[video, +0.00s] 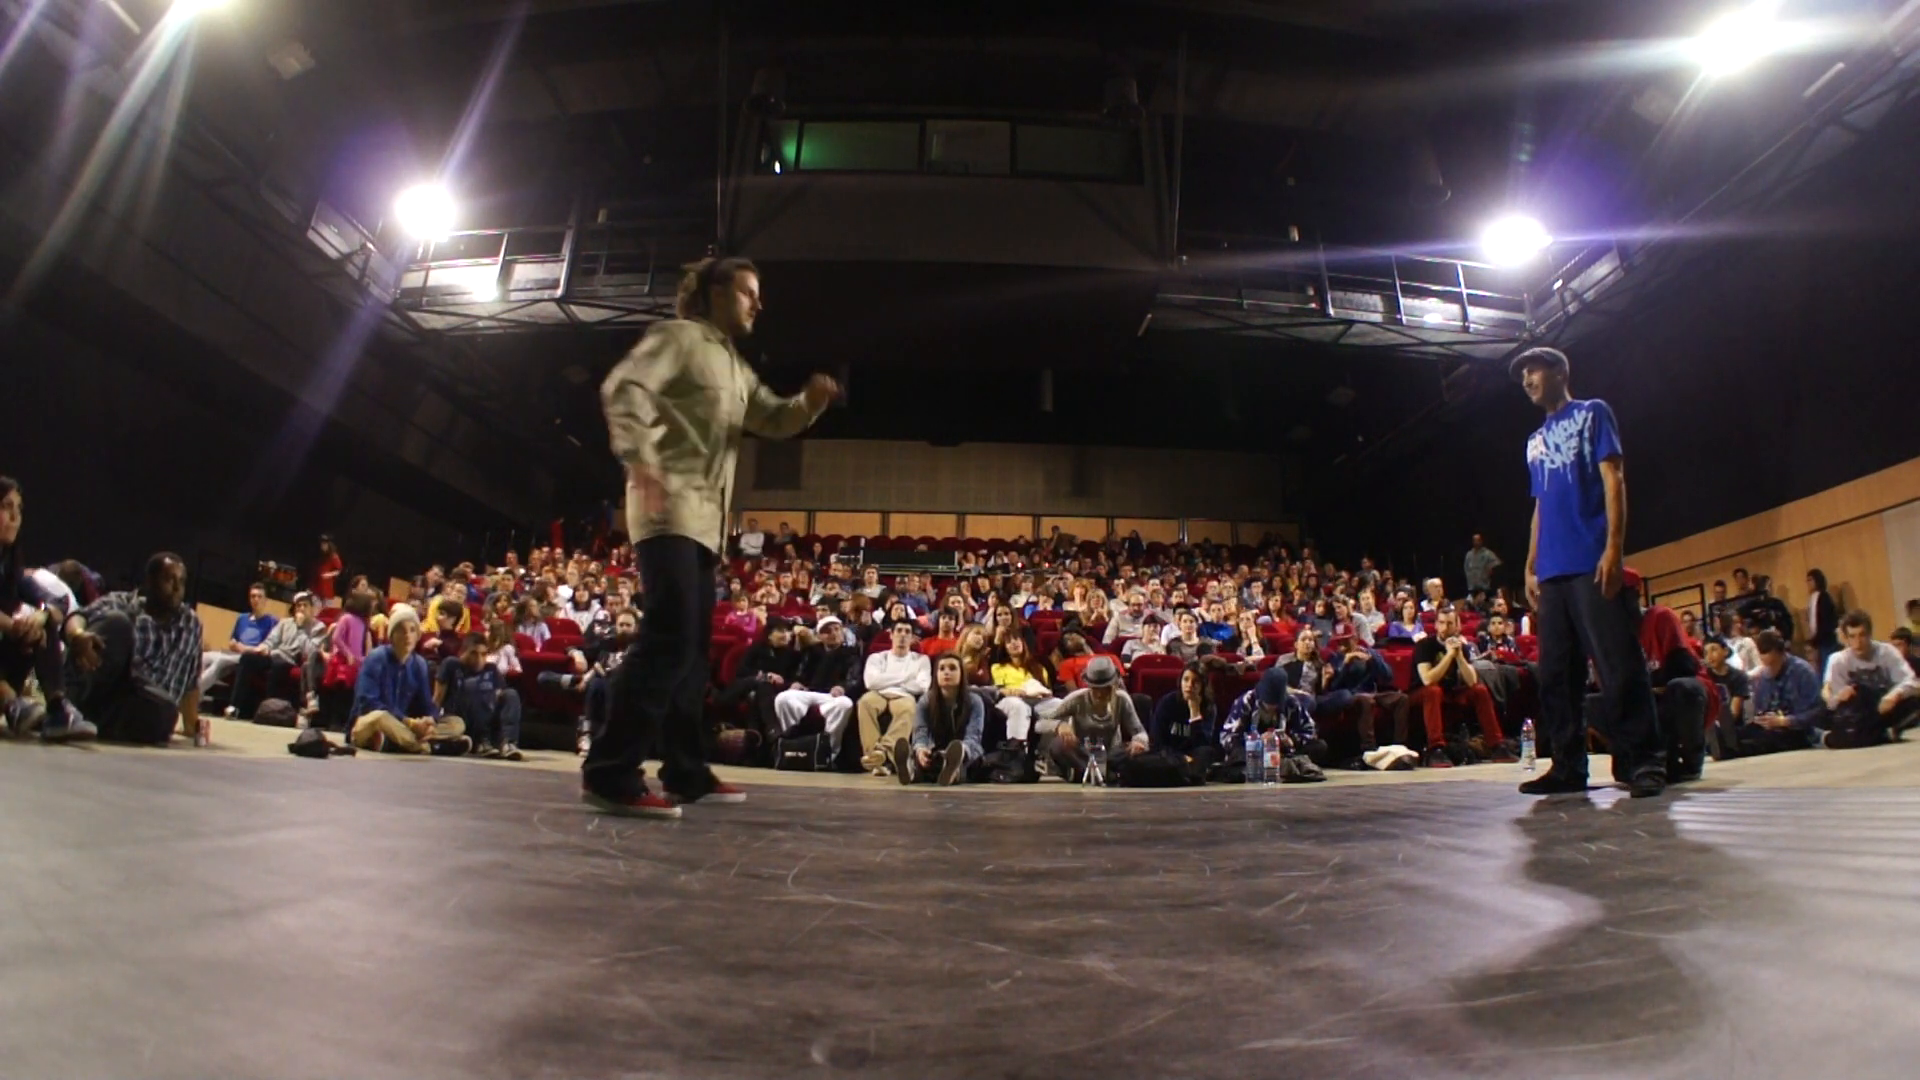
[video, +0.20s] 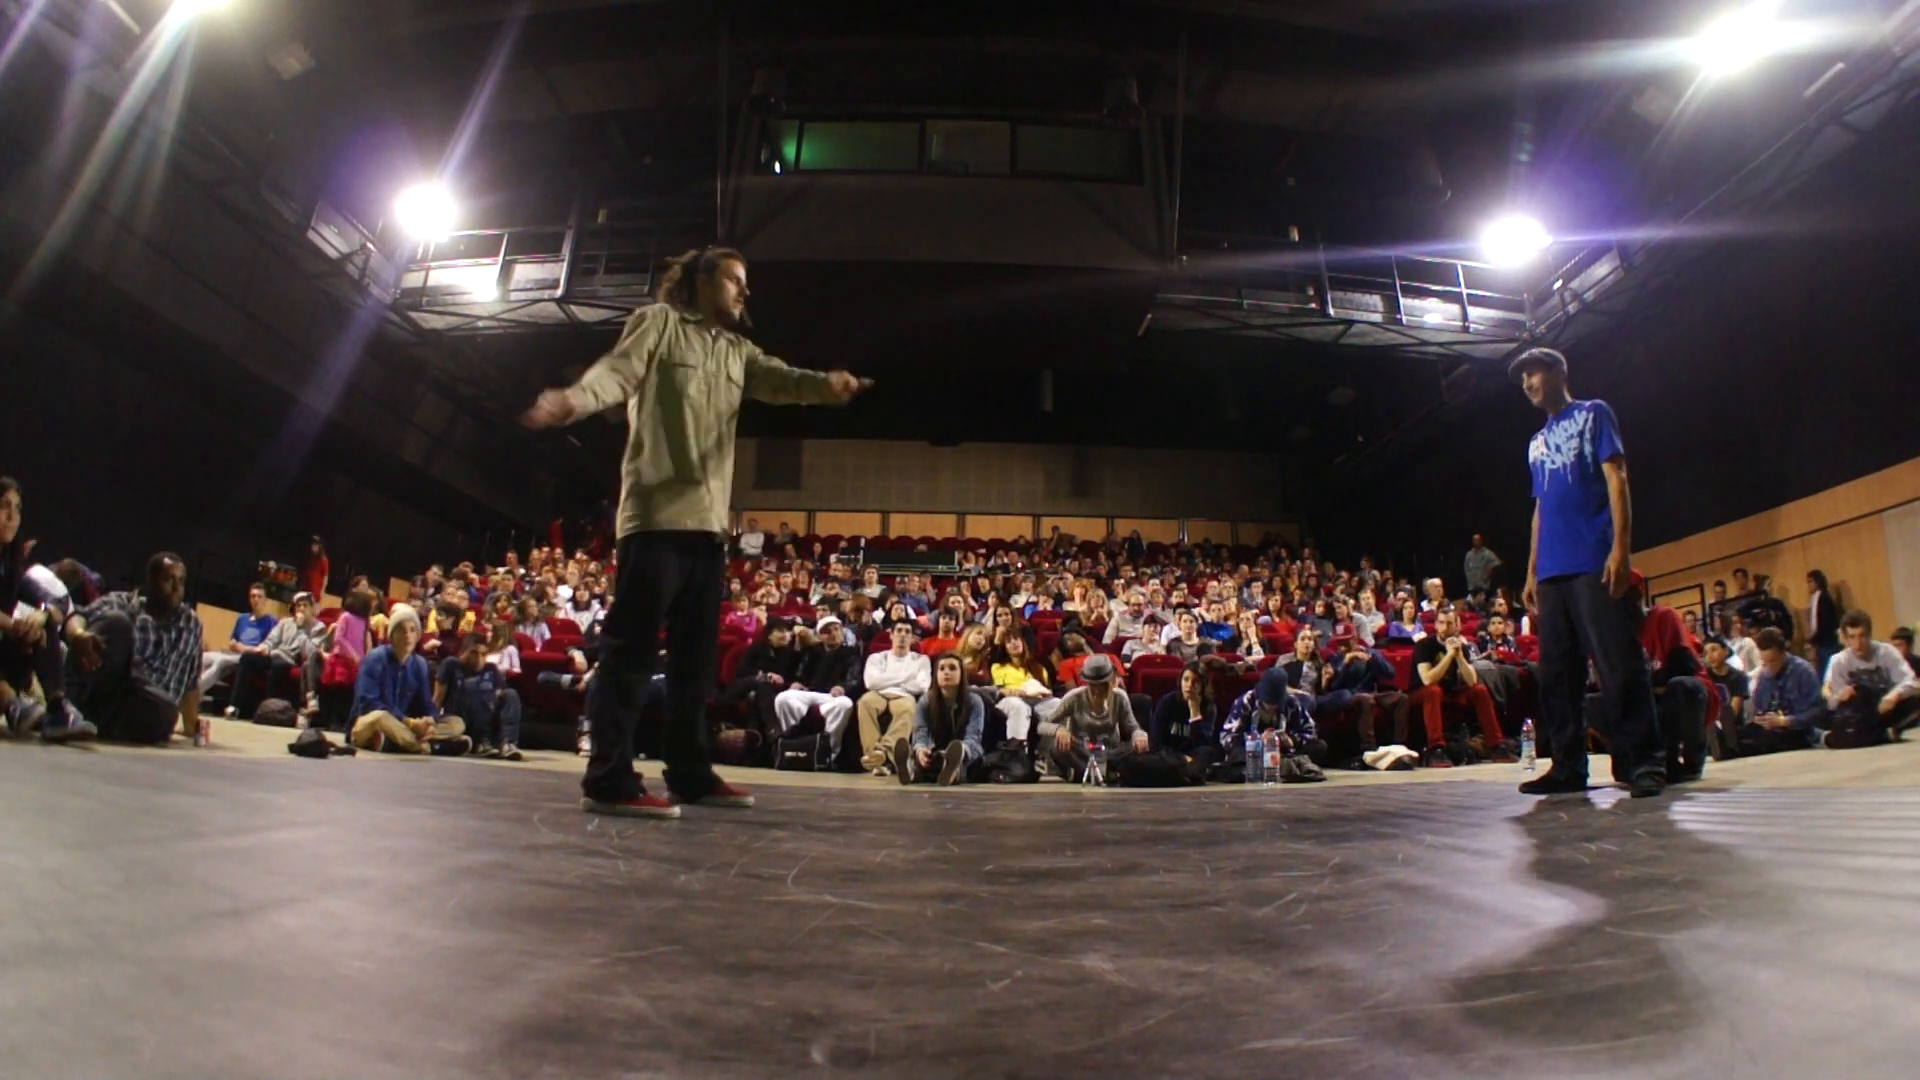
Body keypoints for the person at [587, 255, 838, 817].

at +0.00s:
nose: (756, 304)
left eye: (758, 296)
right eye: (747, 292)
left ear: (745, 304)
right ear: (714, 292)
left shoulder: (738, 370)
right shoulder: (679, 335)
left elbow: (773, 419)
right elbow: (625, 389)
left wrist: (811, 402)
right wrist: (643, 461)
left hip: (704, 521)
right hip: (666, 511)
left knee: (693, 647)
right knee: (669, 642)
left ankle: (686, 772)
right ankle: (611, 772)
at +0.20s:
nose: (744, 293)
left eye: (746, 285)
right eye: (735, 280)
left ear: (735, 295)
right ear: (701, 280)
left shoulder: (737, 350)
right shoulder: (660, 321)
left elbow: (782, 378)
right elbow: (617, 372)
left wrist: (828, 385)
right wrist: (575, 400)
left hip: (708, 519)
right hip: (654, 513)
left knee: (695, 658)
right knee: (631, 650)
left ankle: (691, 775)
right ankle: (609, 779)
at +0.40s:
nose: (740, 296)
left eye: (742, 289)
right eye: (731, 285)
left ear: (734, 298)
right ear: (695, 284)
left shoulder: (733, 345)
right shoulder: (666, 316)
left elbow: (797, 363)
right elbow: (635, 331)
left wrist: (873, 387)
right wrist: (639, 333)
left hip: (708, 515)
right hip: (654, 507)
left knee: (693, 650)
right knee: (635, 643)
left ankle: (689, 775)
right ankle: (609, 779)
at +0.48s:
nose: (740, 299)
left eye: (740, 291)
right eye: (731, 287)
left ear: (731, 300)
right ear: (694, 287)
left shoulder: (731, 349)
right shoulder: (663, 318)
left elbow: (784, 364)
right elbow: (662, 328)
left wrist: (853, 369)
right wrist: (713, 326)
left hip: (706, 517)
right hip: (652, 510)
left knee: (694, 653)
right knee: (629, 646)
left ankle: (688, 774)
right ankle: (606, 778)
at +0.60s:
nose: (743, 300)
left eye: (745, 293)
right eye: (736, 288)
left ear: (732, 300)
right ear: (705, 285)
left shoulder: (729, 343)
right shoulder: (675, 309)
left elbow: (763, 369)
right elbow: (695, 344)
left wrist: (787, 342)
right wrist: (757, 369)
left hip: (705, 503)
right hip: (662, 492)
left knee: (697, 638)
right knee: (664, 622)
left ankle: (688, 772)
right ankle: (609, 768)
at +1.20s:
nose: (759, 316)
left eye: (762, 309)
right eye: (753, 305)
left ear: (756, 310)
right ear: (723, 292)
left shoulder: (741, 346)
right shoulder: (675, 321)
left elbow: (787, 350)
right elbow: (653, 300)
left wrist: (833, 351)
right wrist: (739, 310)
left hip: (723, 510)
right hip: (663, 504)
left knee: (780, 616)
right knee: (640, 642)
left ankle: (734, 739)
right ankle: (619, 773)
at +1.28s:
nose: (761, 322)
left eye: (765, 314)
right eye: (757, 309)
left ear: (755, 312)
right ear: (729, 296)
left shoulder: (739, 347)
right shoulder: (687, 321)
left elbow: (777, 349)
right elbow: (660, 283)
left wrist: (834, 350)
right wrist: (723, 261)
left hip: (730, 513)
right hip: (674, 507)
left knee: (784, 615)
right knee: (659, 640)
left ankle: (740, 740)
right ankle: (617, 764)